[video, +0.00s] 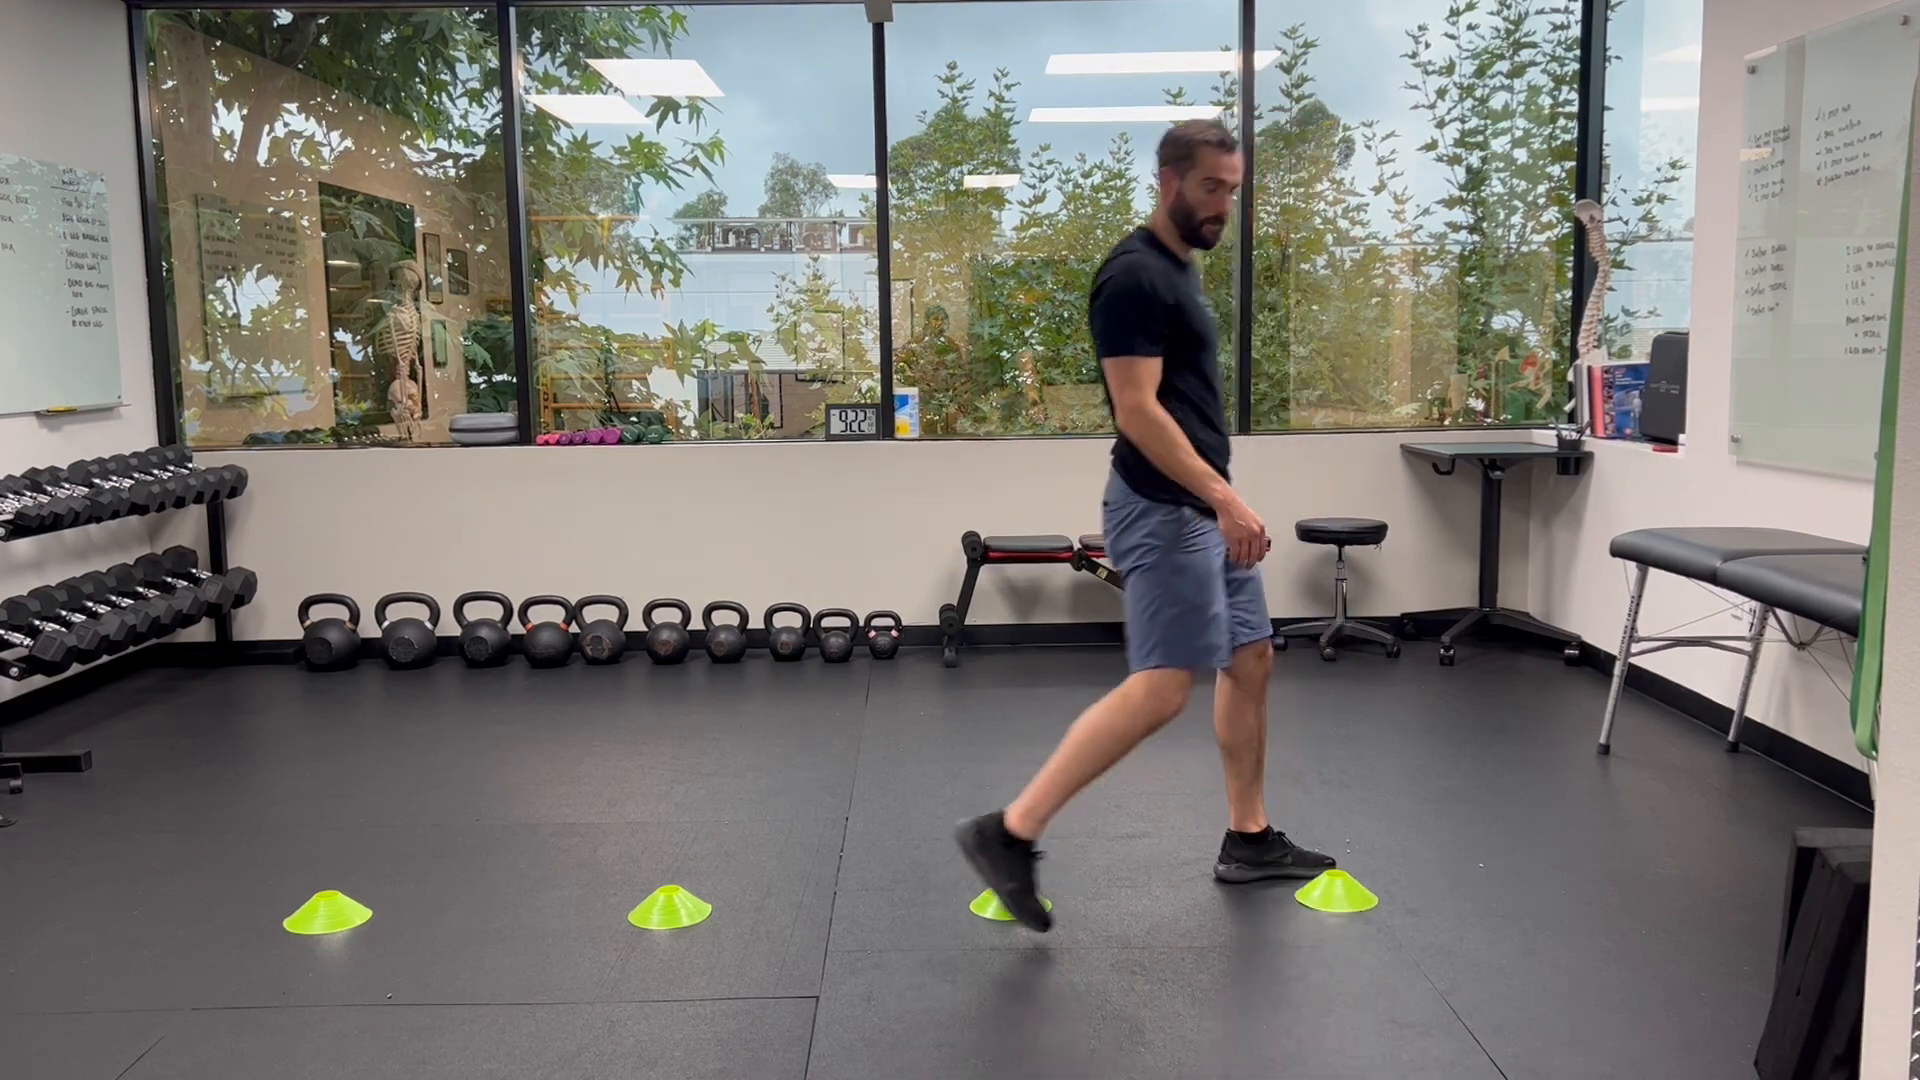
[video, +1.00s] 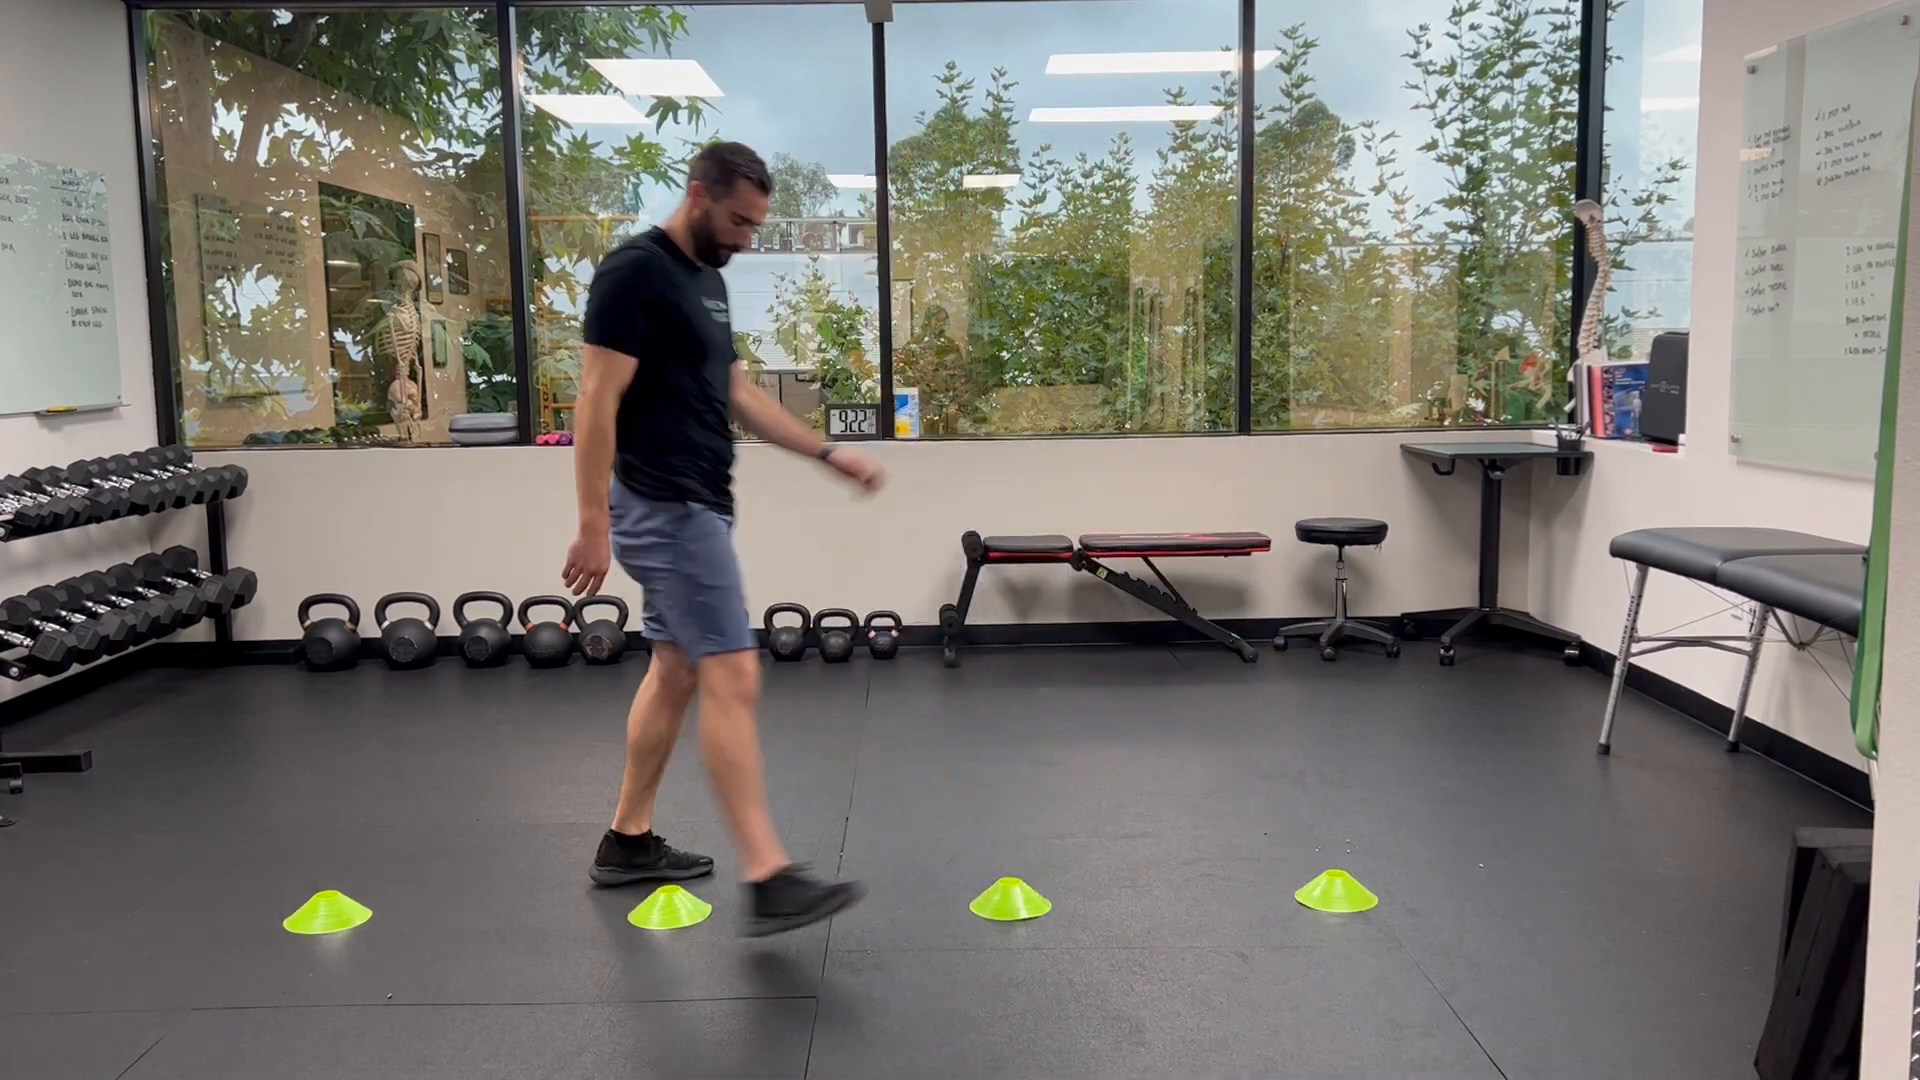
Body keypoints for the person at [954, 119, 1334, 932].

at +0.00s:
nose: (1223, 206)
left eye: (1233, 191)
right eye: (1212, 189)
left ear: (1233, 189)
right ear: (1168, 182)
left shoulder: (1177, 272)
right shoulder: (1134, 276)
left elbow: (1176, 408)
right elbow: (1137, 415)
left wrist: (1218, 510)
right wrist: (1227, 501)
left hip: (1203, 507)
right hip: (1161, 510)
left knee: (1250, 661)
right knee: (1162, 686)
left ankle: (1249, 839)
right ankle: (1011, 832)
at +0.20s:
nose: (1146, 231)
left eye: (1149, 216)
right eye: (1136, 215)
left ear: (1100, 210)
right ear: (1085, 207)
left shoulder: (1081, 289)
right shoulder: (1040, 302)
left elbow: (1084, 430)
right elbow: (1063, 446)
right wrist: (1192, 486)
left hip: (1115, 525)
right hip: (1065, 530)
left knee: (1175, 675)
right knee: (1040, 704)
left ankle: (1234, 835)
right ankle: (942, 885)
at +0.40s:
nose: (1048, 207)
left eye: (1050, 191)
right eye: (1038, 191)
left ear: (998, 187)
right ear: (984, 186)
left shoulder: (993, 262)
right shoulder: (936, 282)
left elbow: (991, 405)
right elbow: (932, 434)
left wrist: (1027, 501)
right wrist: (1028, 521)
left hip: (1011, 499)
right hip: (970, 510)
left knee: (1049, 644)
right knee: (979, 691)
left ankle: (1051, 797)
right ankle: (935, 891)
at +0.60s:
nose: (940, 206)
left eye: (942, 192)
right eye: (929, 193)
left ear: (899, 187)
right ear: (879, 186)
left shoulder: (913, 262)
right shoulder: (827, 284)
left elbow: (952, 372)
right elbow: (790, 428)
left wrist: (1010, 444)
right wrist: (789, 562)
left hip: (920, 511)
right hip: (887, 518)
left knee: (906, 650)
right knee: (946, 693)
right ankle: (932, 895)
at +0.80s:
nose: (837, 243)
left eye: (842, 229)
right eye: (825, 229)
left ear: (826, 220)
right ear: (777, 215)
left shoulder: (815, 295)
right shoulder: (720, 302)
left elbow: (869, 399)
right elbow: (661, 420)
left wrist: (913, 380)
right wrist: (645, 551)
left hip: (790, 529)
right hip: (787, 536)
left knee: (749, 679)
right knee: (877, 694)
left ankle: (642, 822)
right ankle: (925, 893)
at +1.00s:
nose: (744, 239)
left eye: (754, 226)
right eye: (737, 222)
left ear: (742, 214)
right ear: (697, 197)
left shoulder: (707, 281)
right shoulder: (633, 275)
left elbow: (736, 393)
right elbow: (596, 399)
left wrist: (826, 450)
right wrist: (592, 523)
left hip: (697, 508)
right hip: (662, 510)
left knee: (675, 671)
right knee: (733, 674)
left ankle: (628, 839)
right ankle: (769, 877)